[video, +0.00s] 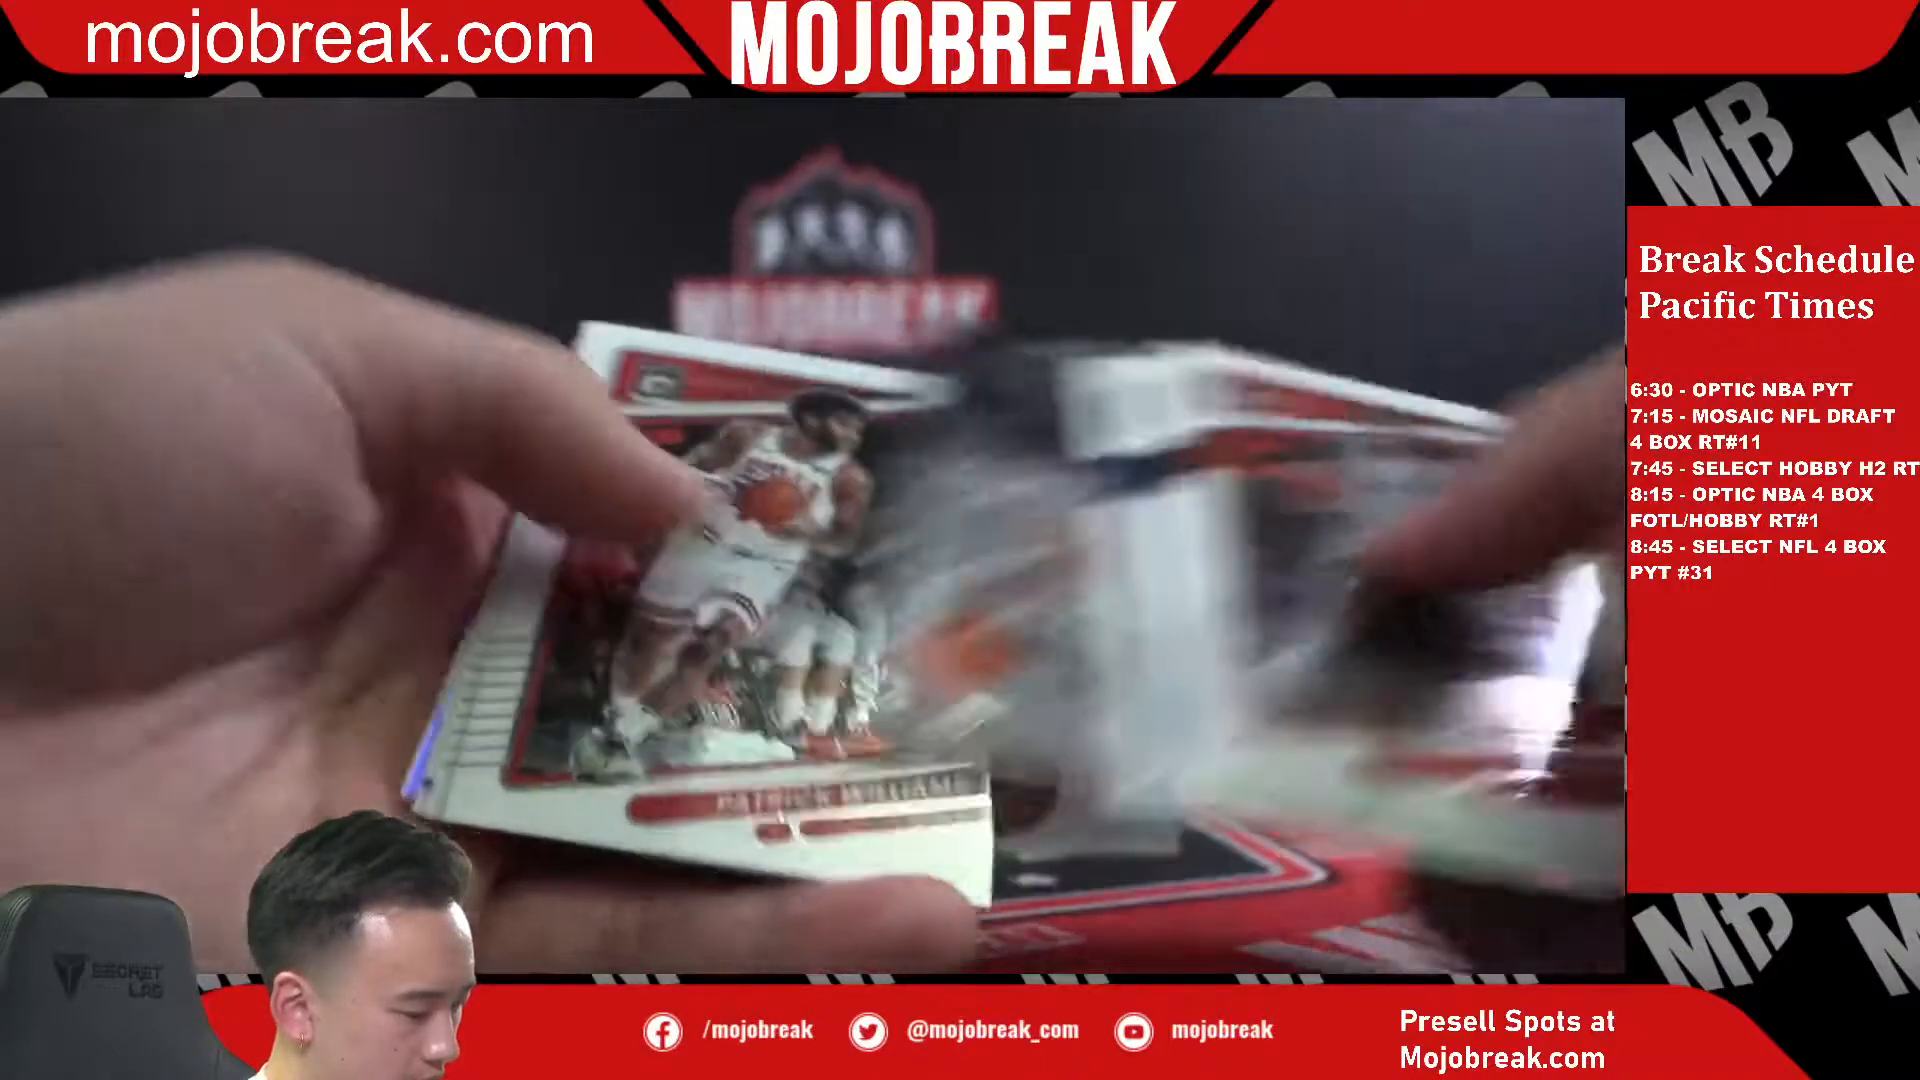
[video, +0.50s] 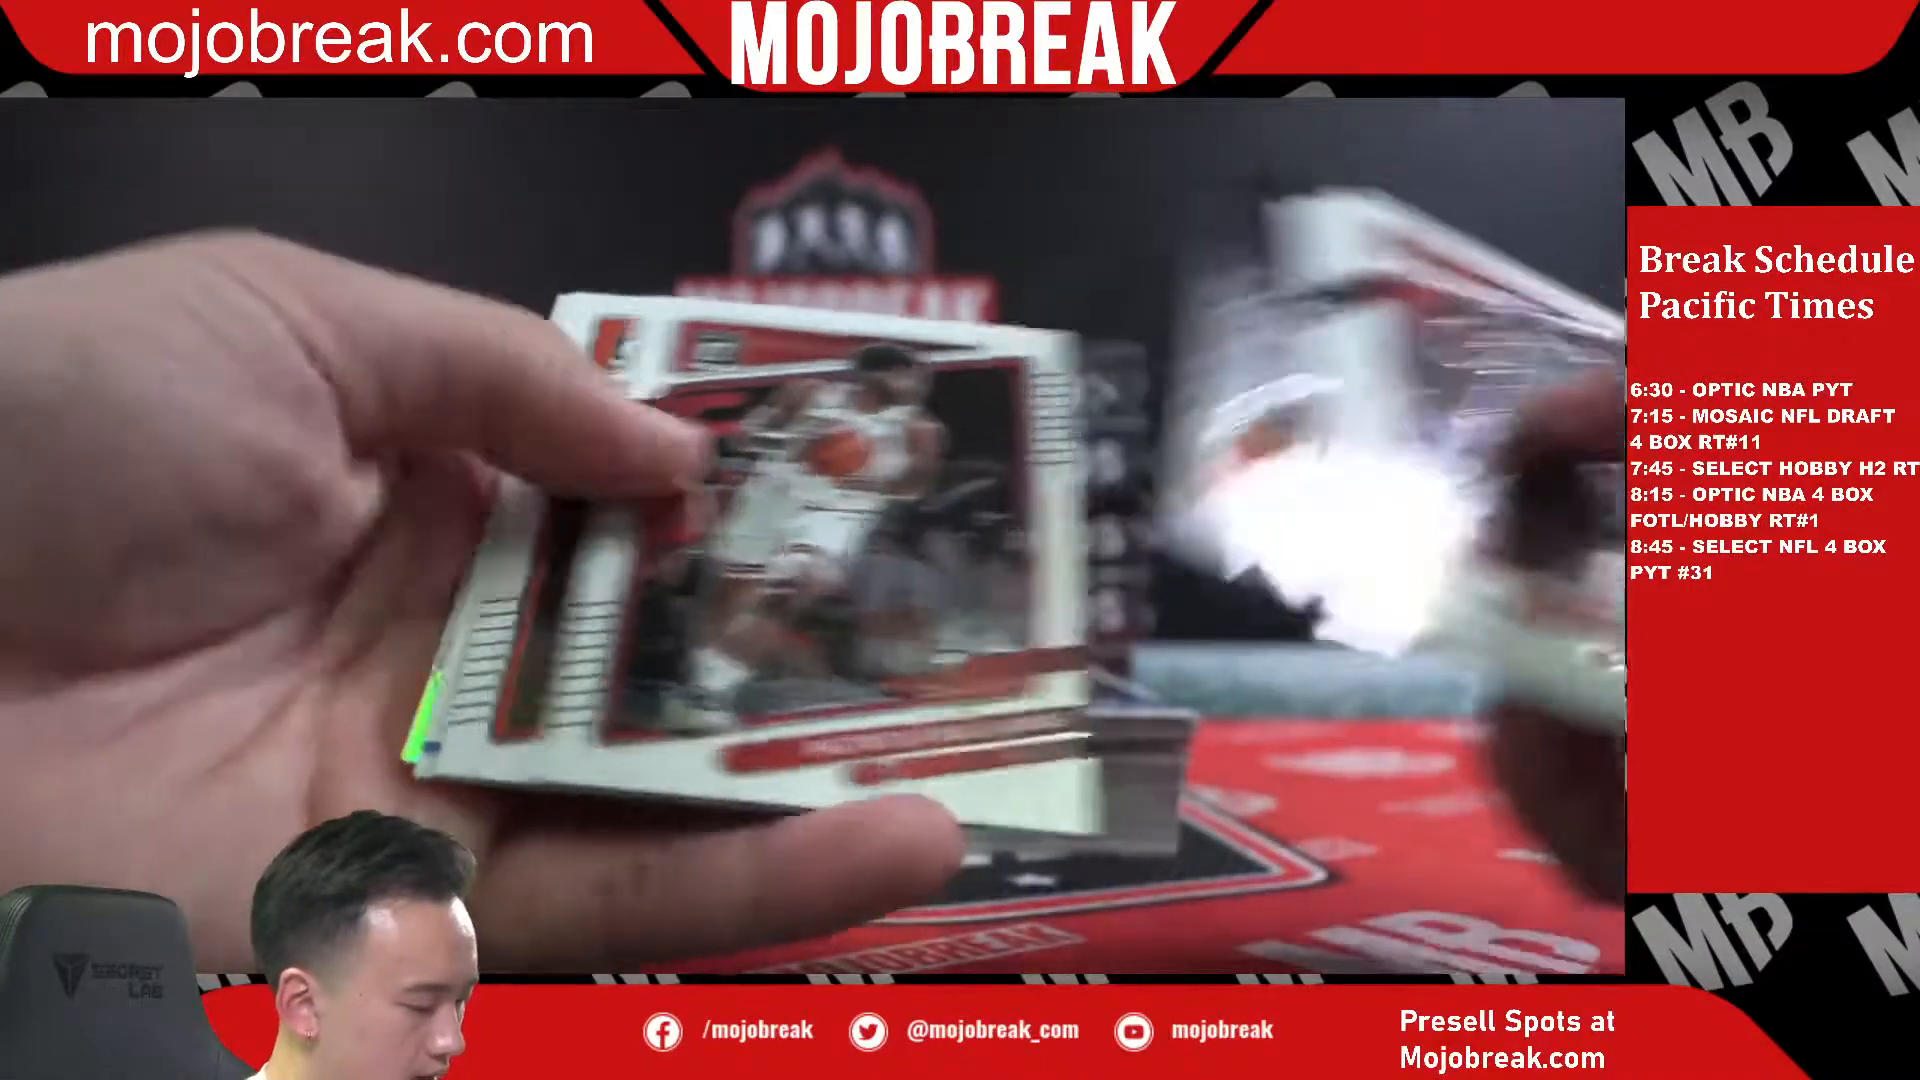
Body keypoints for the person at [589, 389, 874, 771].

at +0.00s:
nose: (852, 437)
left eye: (857, 430)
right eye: (844, 424)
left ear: (857, 439)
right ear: (810, 417)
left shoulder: (849, 479)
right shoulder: (749, 436)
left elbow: (844, 542)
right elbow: (690, 469)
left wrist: (807, 534)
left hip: (767, 565)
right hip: (703, 542)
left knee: (720, 638)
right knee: (652, 631)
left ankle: (633, 729)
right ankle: (617, 720)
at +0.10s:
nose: (819, 401)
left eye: (823, 395)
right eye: (811, 390)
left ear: (822, 405)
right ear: (779, 387)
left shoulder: (820, 446)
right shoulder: (716, 406)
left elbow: (819, 499)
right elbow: (651, 442)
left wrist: (779, 496)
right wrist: (696, 450)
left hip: (735, 530)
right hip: (672, 509)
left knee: (696, 602)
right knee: (622, 603)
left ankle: (611, 696)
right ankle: (601, 687)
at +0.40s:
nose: (827, 390)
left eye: (832, 382)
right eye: (820, 379)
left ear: (835, 387)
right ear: (792, 377)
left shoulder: (832, 432)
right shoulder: (728, 398)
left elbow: (832, 486)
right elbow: (663, 436)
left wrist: (777, 484)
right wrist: (710, 443)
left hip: (748, 517)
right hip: (684, 501)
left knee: (706, 589)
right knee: (638, 588)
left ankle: (629, 680)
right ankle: (620, 680)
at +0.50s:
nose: (916, 387)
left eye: (918, 379)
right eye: (909, 378)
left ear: (914, 382)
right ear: (877, 376)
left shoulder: (918, 427)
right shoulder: (811, 395)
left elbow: (919, 484)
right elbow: (753, 430)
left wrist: (863, 481)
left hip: (839, 511)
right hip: (771, 495)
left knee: (791, 585)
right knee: (733, 585)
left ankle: (717, 682)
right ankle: (705, 683)